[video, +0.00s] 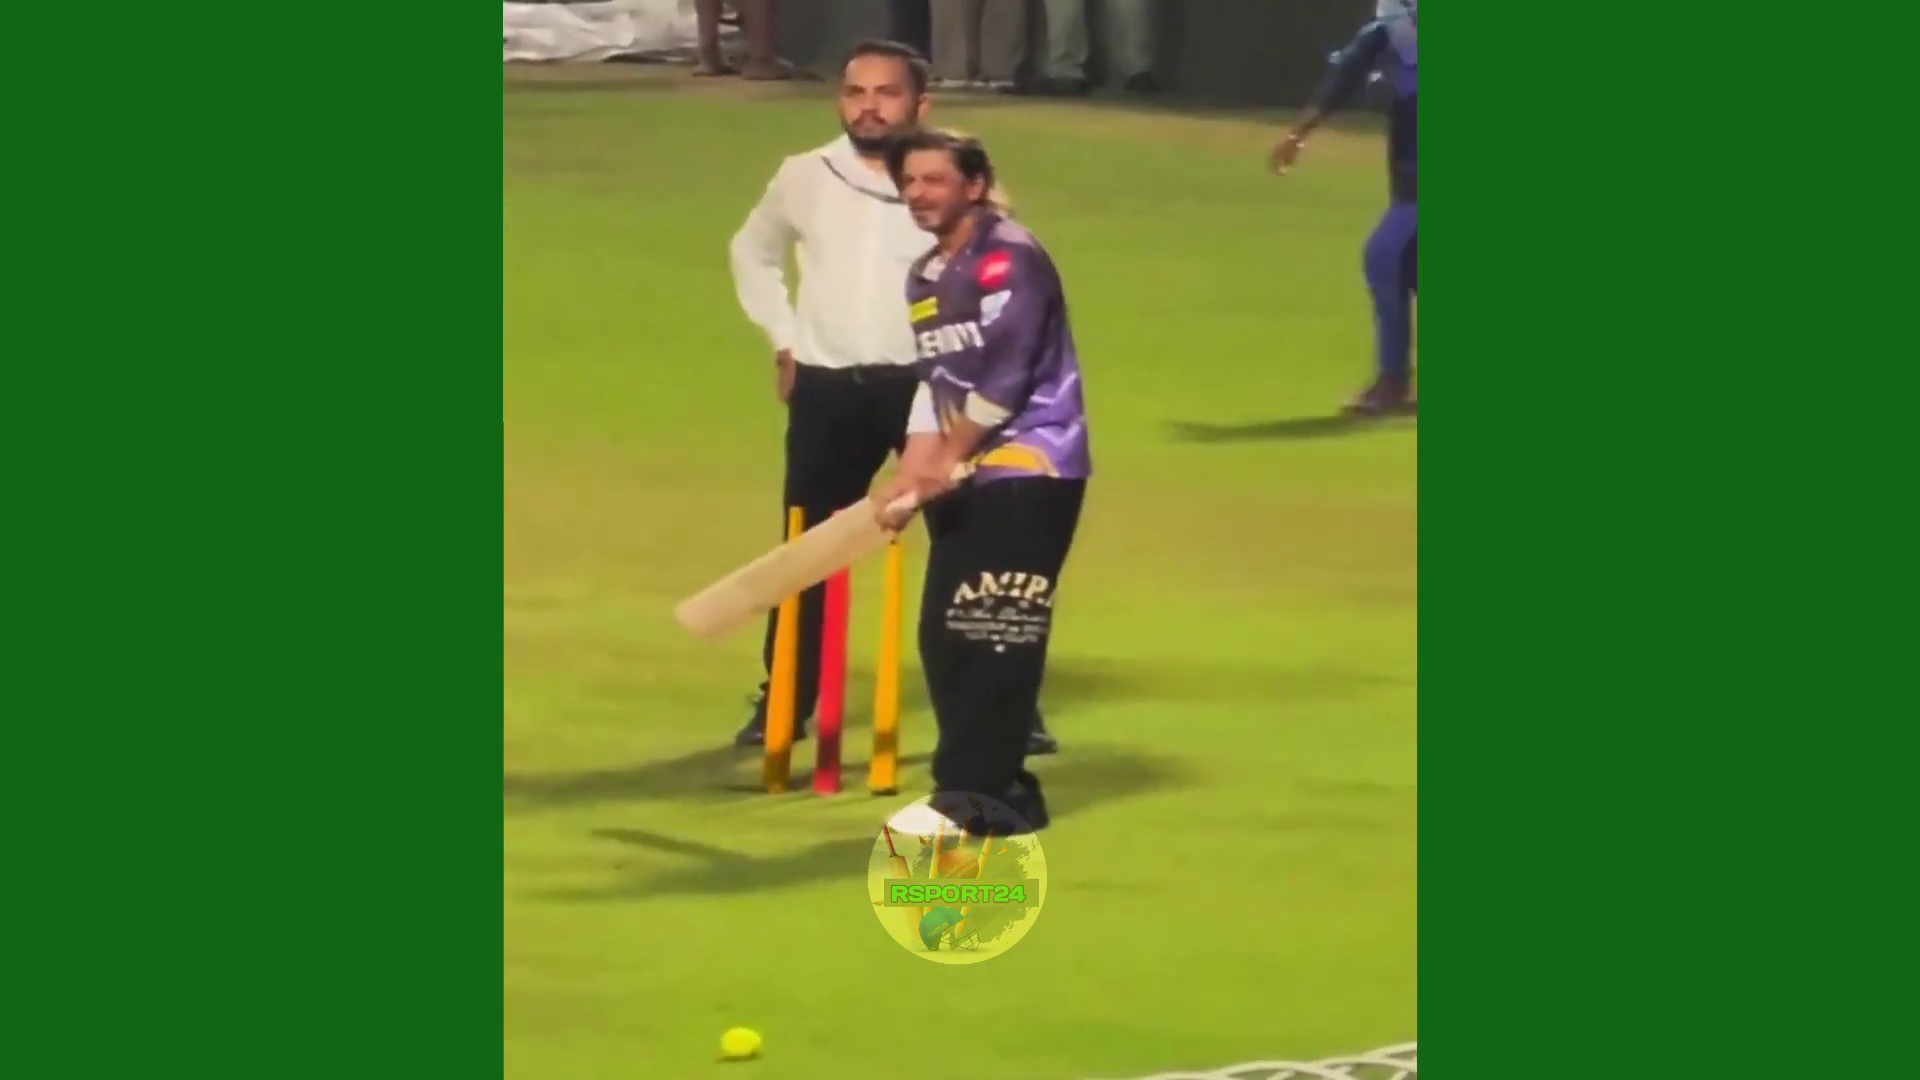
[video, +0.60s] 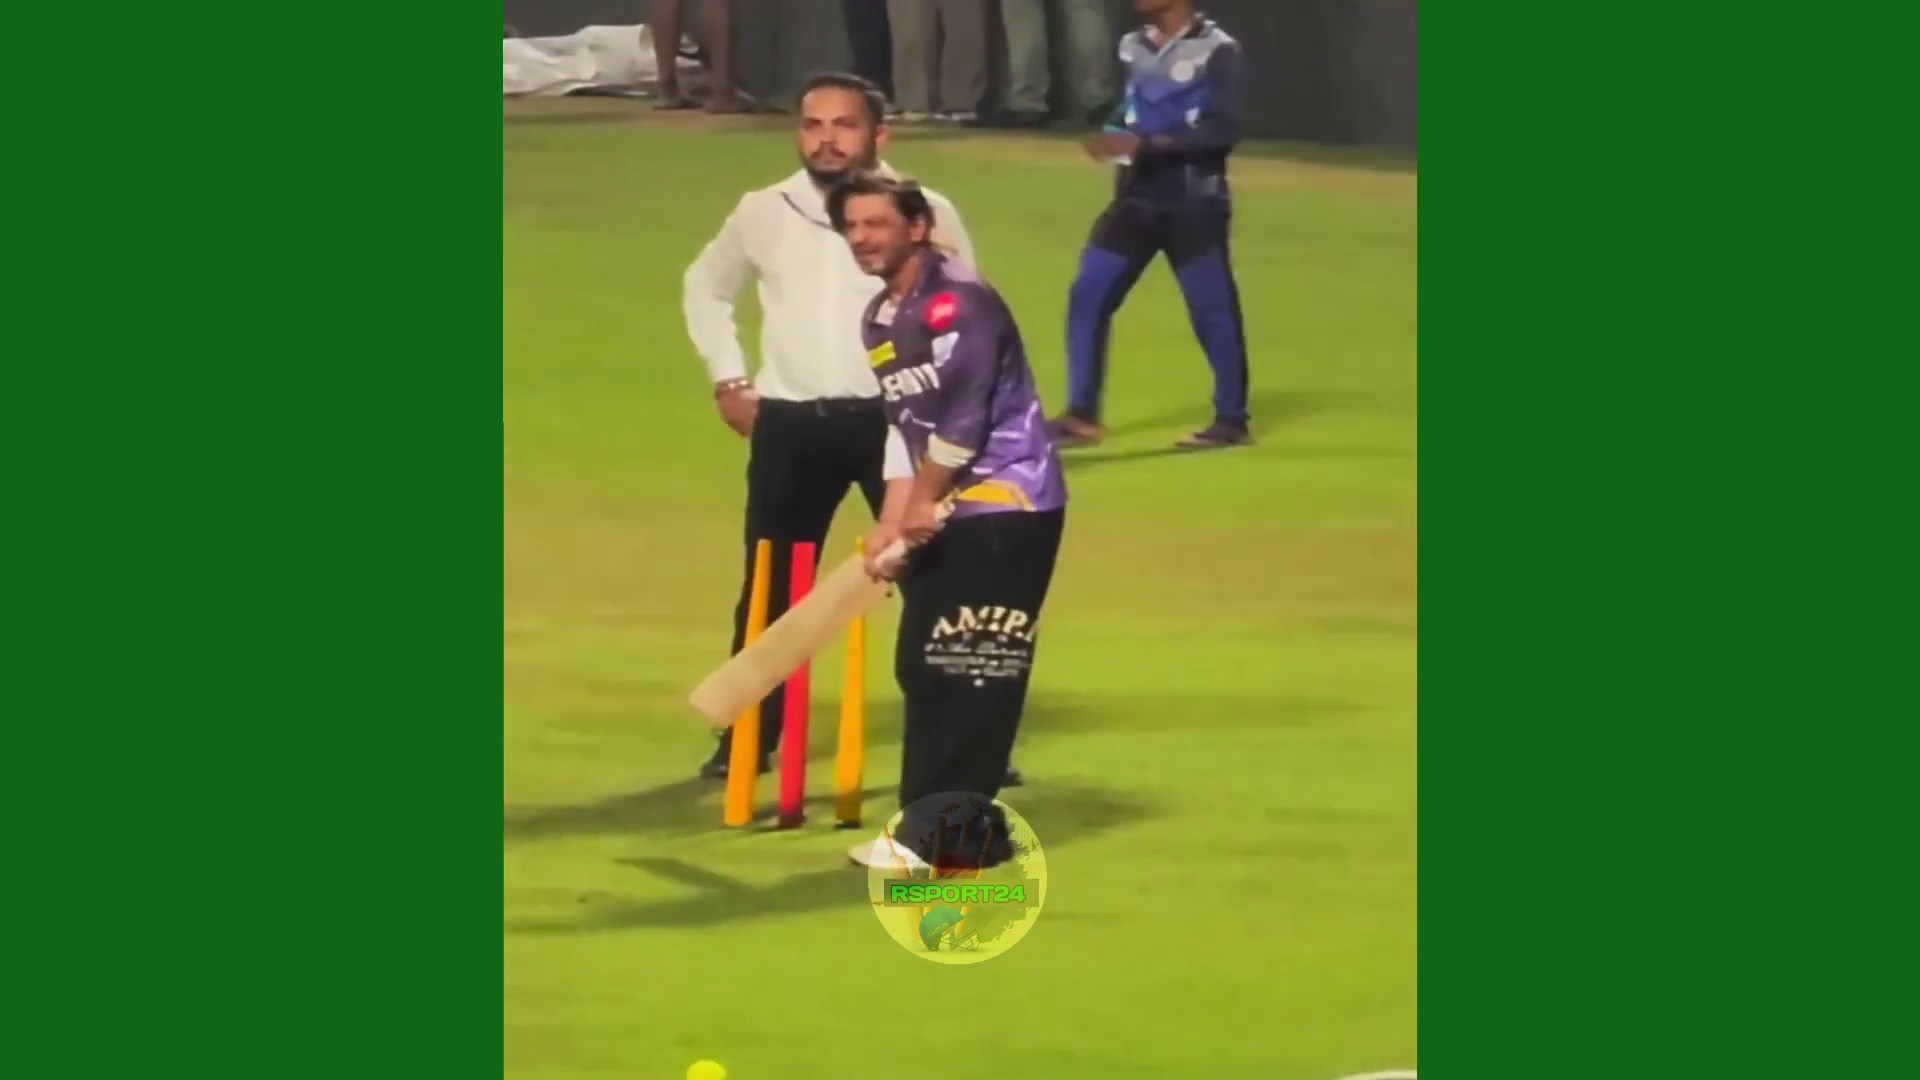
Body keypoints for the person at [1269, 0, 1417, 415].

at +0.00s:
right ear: (1404, 12)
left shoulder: (1396, 27)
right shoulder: (1395, 27)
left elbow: (1344, 76)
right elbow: (1345, 75)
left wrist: (1298, 133)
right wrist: (1299, 133)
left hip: (1418, 196)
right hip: (1410, 194)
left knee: (1384, 255)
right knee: (1389, 261)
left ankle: (1393, 380)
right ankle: (1394, 379)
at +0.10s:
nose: (1367, 2)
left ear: (1399, 1)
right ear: (1356, 0)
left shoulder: (1418, 39)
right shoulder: (1341, 33)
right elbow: (1291, 76)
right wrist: (1247, 133)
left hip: (1396, 188)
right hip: (1363, 189)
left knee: (1344, 278)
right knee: (1409, 290)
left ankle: (1284, 386)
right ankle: (1444, 383)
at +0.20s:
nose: (1322, 2)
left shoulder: (1385, 39)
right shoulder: (1293, 31)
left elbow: (1420, 107)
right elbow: (1254, 84)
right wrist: (1215, 143)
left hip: (1348, 185)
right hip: (1310, 185)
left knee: (1299, 277)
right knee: (1356, 288)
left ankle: (1259, 401)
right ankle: (1429, 372)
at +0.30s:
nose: (1272, 1)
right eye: (1270, 0)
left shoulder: (1335, 41)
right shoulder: (1243, 31)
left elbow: (1363, 117)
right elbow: (1222, 97)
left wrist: (1375, 190)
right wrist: (1188, 159)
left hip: (1299, 187)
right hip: (1254, 187)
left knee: (1271, 292)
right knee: (1258, 296)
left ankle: (1247, 405)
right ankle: (1372, 362)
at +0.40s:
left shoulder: (1303, 39)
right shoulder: (1209, 32)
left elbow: (1323, 120)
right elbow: (1196, 109)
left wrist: (1314, 191)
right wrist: (1168, 176)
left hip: (1269, 190)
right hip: (1220, 187)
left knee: (1252, 295)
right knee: (1197, 283)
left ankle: (1240, 410)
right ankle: (1308, 361)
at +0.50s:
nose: (1189, 0)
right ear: (1188, 1)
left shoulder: (1255, 40)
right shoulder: (1165, 37)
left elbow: (1262, 122)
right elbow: (1157, 103)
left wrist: (1196, 157)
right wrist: (1149, 150)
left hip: (1224, 189)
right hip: (1167, 184)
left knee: (1233, 300)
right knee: (1121, 283)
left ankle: (1240, 409)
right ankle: (1164, 394)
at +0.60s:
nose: (1141, 2)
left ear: (1178, 0)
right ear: (1156, 6)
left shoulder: (1219, 50)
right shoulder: (1132, 47)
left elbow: (1222, 131)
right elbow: (1134, 108)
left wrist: (1143, 144)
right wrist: (1114, 135)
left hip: (1194, 204)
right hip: (1137, 200)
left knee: (1214, 313)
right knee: (1088, 297)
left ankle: (1231, 419)